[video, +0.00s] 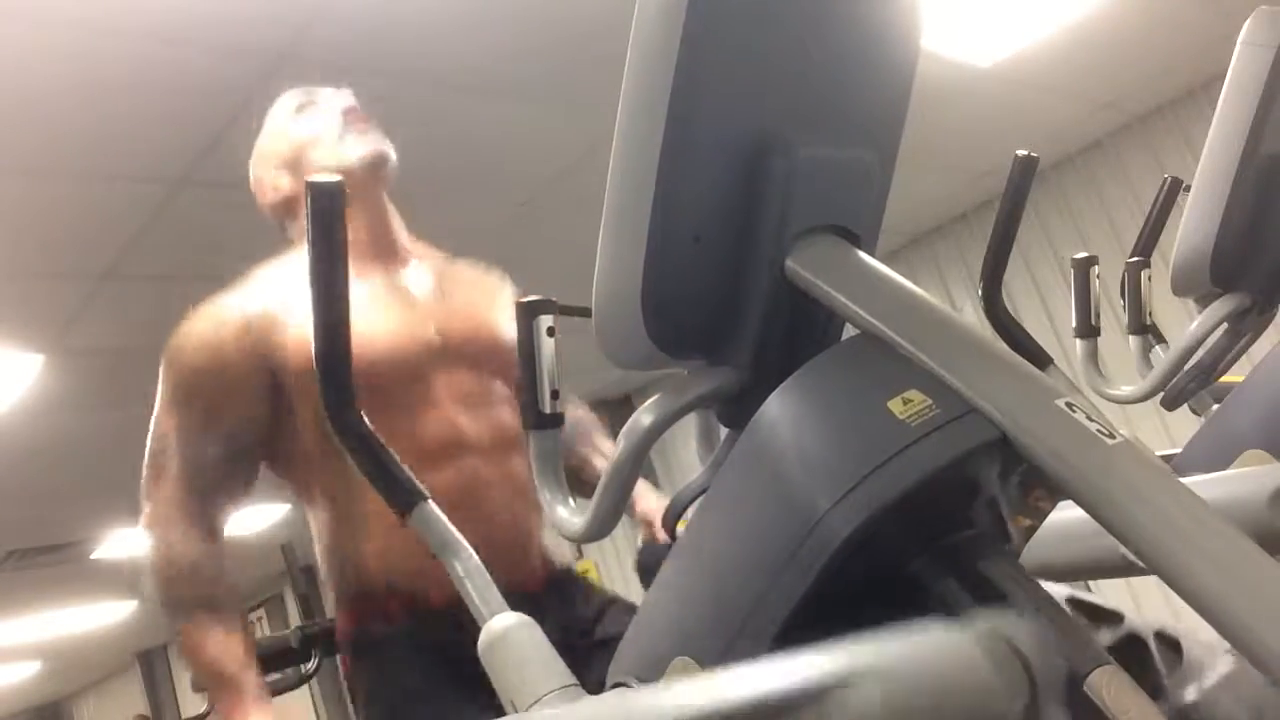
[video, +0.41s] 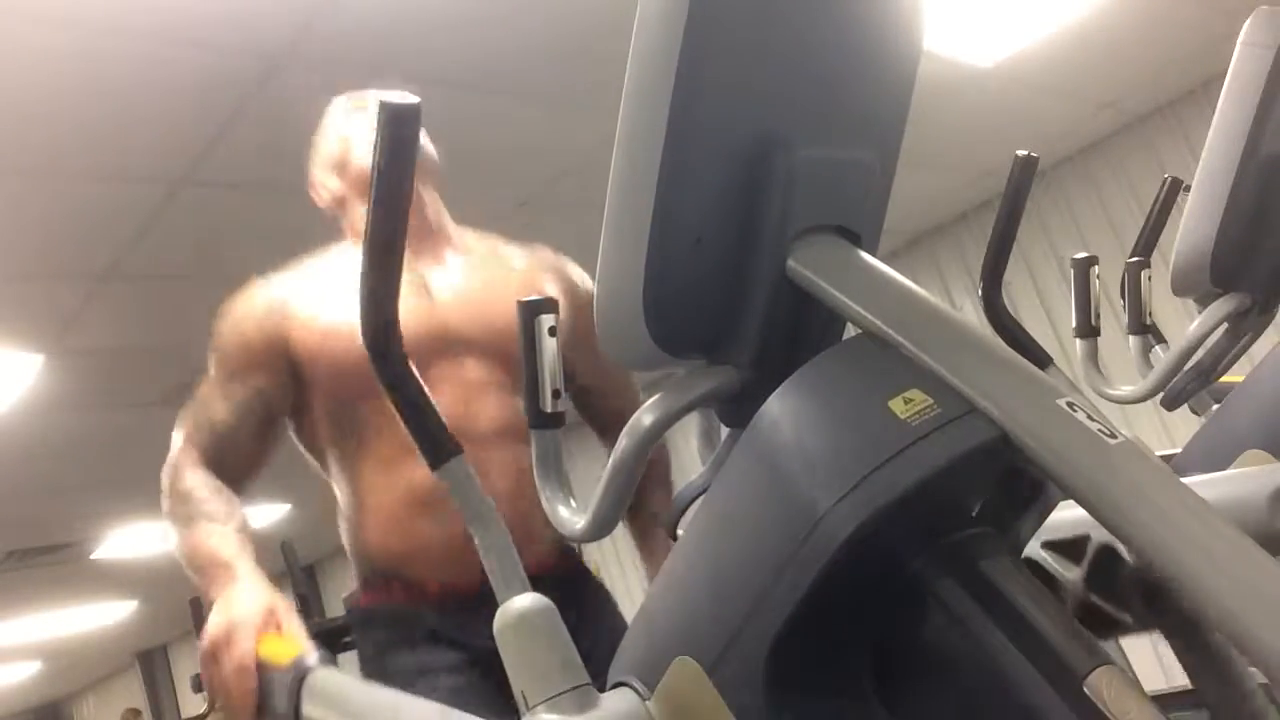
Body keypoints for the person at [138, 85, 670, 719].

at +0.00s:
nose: (346, 102)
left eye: (352, 101)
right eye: (308, 107)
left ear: (383, 145)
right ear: (272, 185)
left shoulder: (487, 288)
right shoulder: (238, 327)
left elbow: (563, 416)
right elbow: (180, 524)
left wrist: (649, 504)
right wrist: (238, 696)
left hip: (551, 607)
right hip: (406, 646)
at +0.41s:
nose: (387, 126)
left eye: (399, 118)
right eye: (357, 124)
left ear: (432, 153)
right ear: (322, 185)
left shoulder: (543, 277)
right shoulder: (278, 309)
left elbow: (636, 437)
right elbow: (193, 472)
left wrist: (673, 589)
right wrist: (236, 586)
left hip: (564, 601)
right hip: (415, 629)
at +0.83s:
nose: (363, 69)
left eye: (370, 64)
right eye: (323, 68)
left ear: (394, 106)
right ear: (280, 139)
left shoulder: (501, 252)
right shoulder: (241, 284)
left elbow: (582, 388)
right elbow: (186, 483)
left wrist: (644, 513)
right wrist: (239, 658)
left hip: (540, 574)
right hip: (392, 604)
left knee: (684, 703)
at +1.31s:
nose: (382, 107)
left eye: (392, 104)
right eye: (347, 105)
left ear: (422, 145)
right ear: (313, 175)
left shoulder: (523, 285)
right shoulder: (262, 307)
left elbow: (612, 438)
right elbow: (175, 474)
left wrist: (666, 584)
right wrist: (231, 602)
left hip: (546, 601)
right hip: (401, 625)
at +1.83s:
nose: (333, 137)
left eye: (341, 133)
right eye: (299, 136)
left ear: (369, 172)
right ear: (253, 204)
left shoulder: (474, 291)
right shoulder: (227, 338)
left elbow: (556, 403)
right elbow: (175, 529)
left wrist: (629, 495)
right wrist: (244, 696)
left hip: (539, 612)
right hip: (388, 652)